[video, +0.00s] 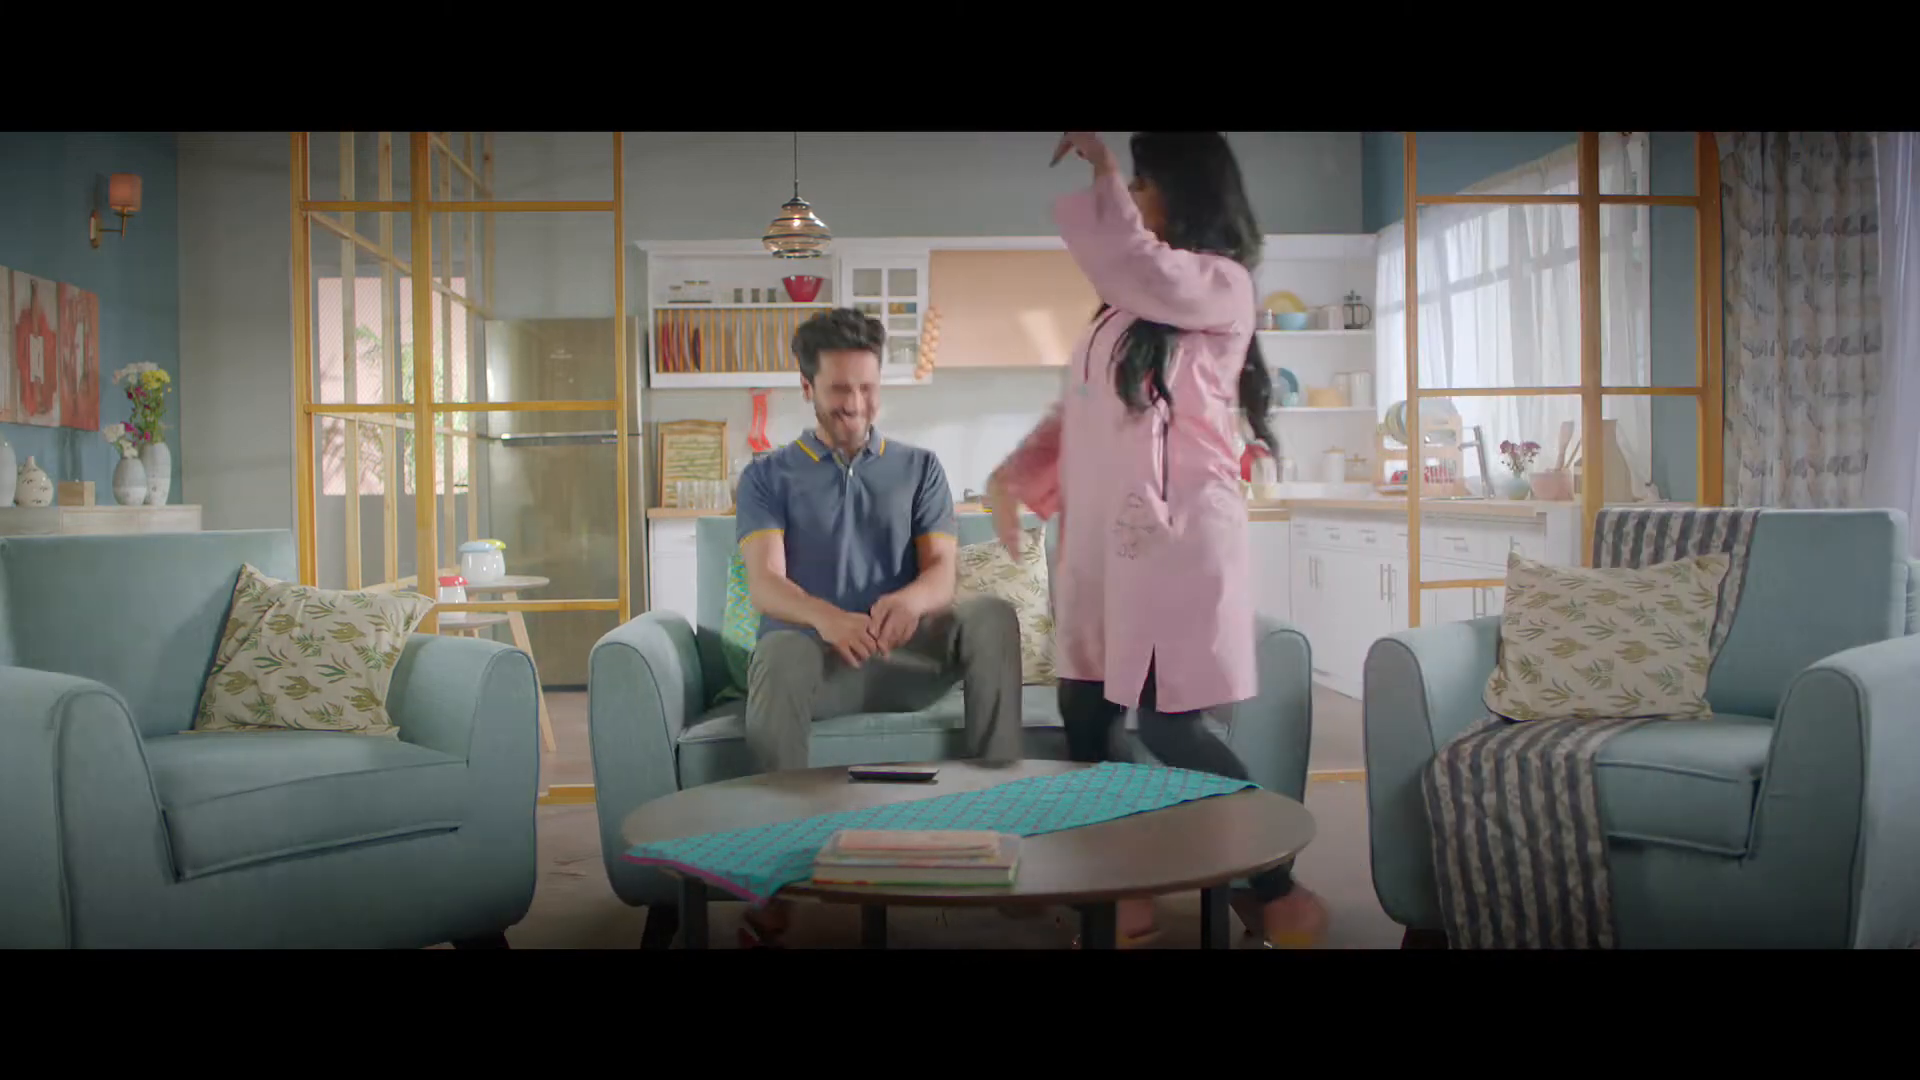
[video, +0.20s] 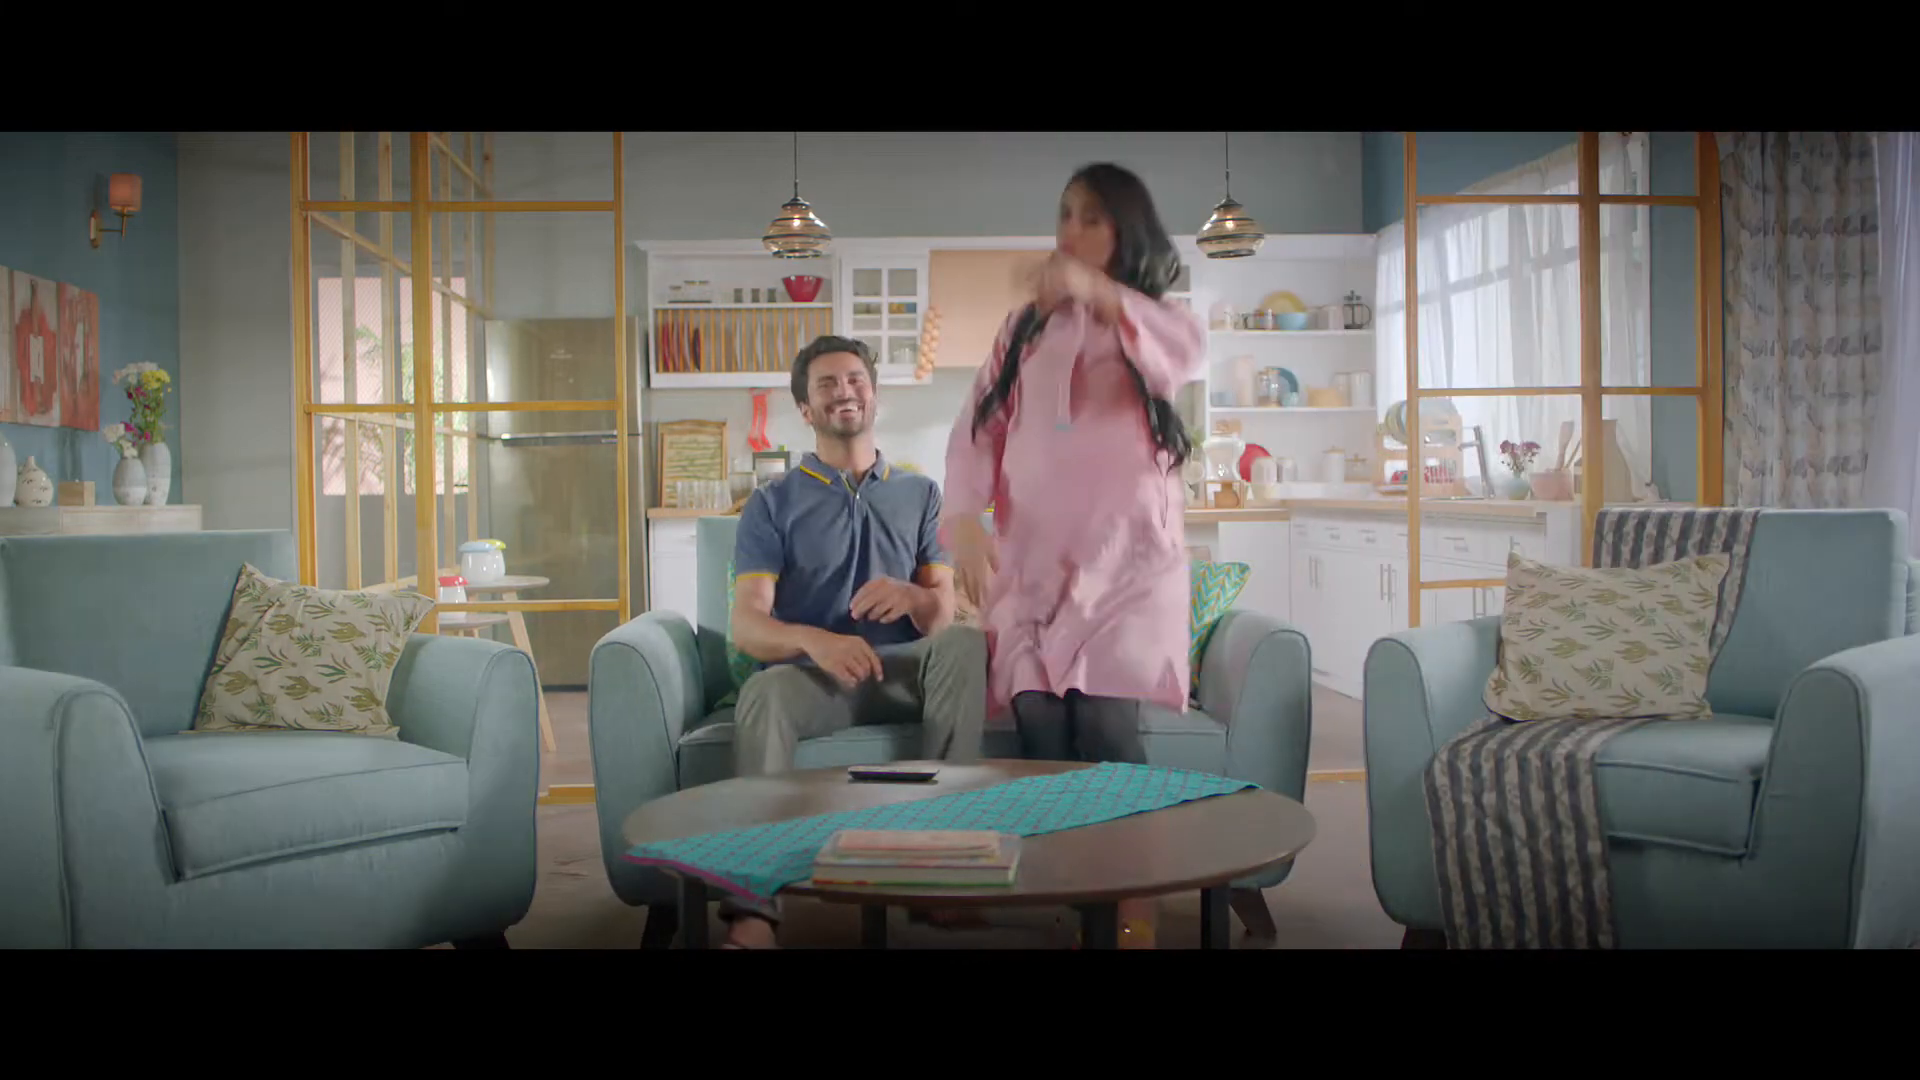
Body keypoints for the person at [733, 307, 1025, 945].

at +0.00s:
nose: (854, 404)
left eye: (866, 388)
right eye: (839, 389)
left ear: (881, 385)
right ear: (808, 387)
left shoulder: (919, 468)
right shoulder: (768, 477)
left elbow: (941, 574)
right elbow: (766, 586)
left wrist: (912, 599)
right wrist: (831, 619)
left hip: (906, 656)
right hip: (823, 660)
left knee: (992, 617)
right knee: (781, 650)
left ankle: (999, 797)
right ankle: (779, 830)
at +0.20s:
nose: (845, 393)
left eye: (856, 381)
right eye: (828, 384)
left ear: (874, 396)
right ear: (805, 407)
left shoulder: (919, 496)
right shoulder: (772, 504)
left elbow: (940, 613)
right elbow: (746, 626)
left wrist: (914, 595)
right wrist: (813, 641)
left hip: (904, 668)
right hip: (816, 675)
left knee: (966, 646)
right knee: (767, 692)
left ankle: (950, 847)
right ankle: (754, 907)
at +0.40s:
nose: (843, 377)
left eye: (856, 363)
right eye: (826, 365)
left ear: (876, 376)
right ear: (803, 382)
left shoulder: (912, 474)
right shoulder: (760, 480)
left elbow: (925, 593)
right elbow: (734, 601)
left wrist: (891, 609)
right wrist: (809, 643)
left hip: (895, 655)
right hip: (807, 659)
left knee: (964, 688)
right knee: (775, 711)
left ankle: (948, 874)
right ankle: (774, 904)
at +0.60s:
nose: (839, 401)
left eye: (855, 385)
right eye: (823, 384)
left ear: (876, 393)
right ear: (800, 392)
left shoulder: (913, 476)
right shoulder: (756, 488)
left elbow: (923, 599)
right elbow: (744, 623)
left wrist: (908, 653)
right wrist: (813, 675)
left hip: (891, 660)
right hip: (803, 668)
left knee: (976, 698)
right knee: (758, 711)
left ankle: (951, 891)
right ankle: (766, 915)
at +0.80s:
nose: (836, 424)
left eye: (851, 408)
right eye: (820, 408)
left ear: (873, 416)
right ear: (796, 416)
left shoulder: (919, 495)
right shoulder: (758, 503)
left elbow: (936, 620)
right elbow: (745, 637)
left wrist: (908, 648)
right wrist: (801, 633)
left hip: (899, 678)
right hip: (810, 680)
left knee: (979, 695)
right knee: (749, 702)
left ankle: (954, 896)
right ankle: (766, 913)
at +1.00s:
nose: (836, 423)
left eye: (851, 407)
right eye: (819, 407)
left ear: (873, 414)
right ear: (796, 415)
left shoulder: (921, 493)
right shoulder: (760, 504)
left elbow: (945, 618)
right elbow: (752, 642)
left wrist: (911, 657)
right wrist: (817, 657)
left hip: (898, 675)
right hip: (804, 679)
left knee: (978, 682)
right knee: (737, 691)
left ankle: (968, 890)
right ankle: (747, 909)